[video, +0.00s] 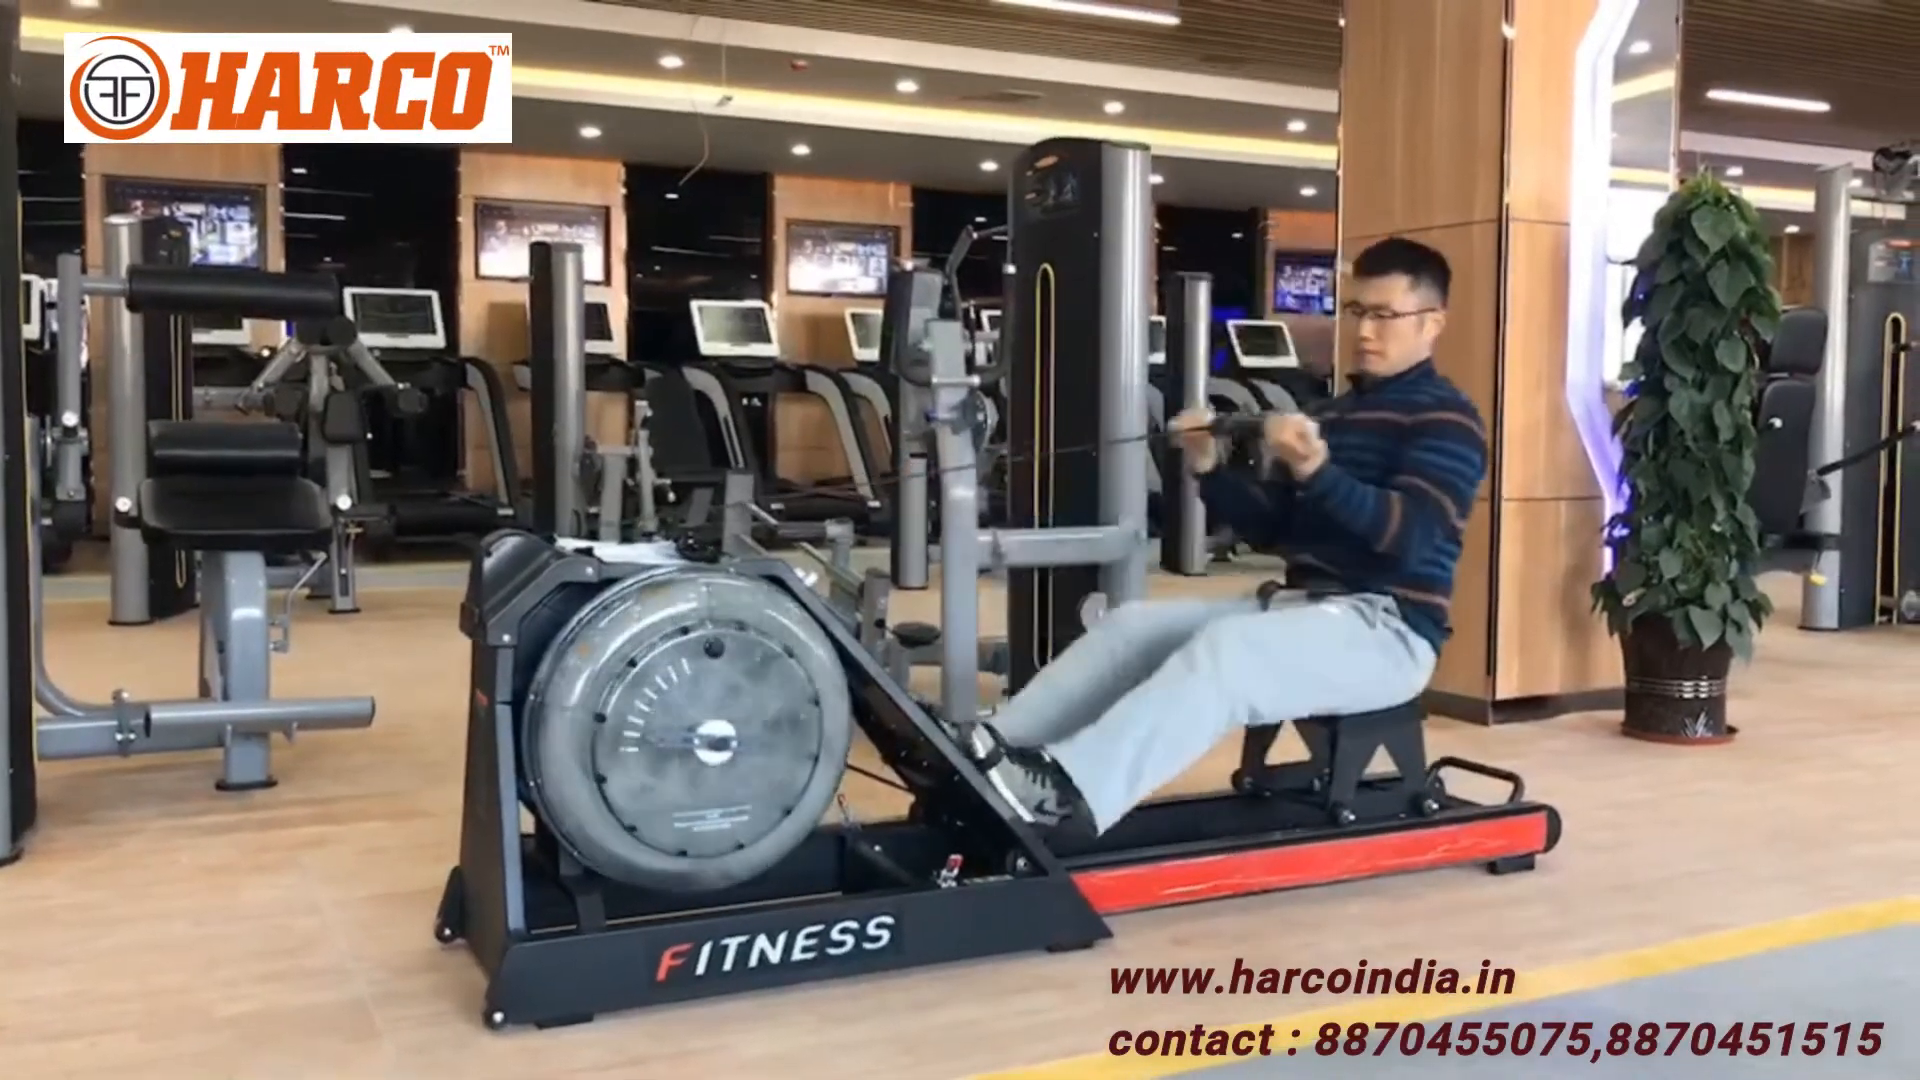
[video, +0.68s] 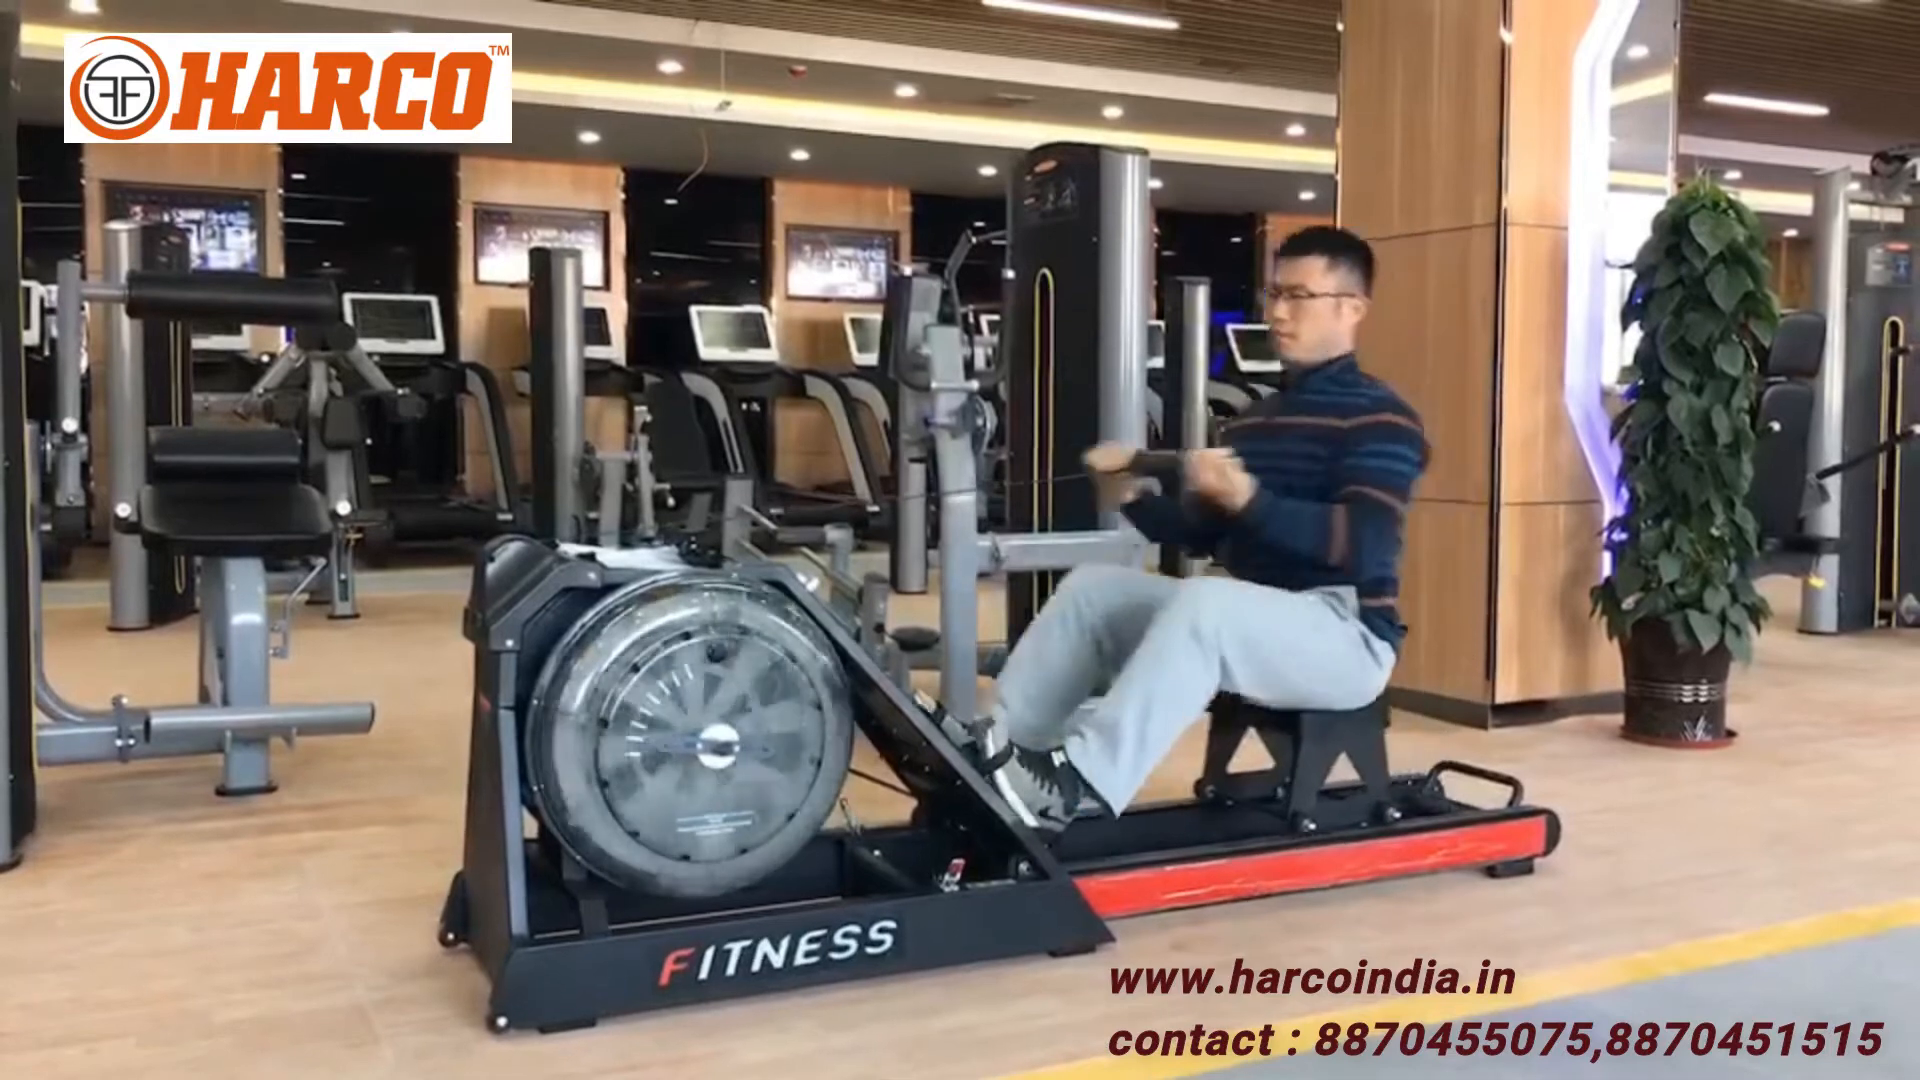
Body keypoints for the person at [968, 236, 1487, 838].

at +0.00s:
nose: (1365, 331)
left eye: (1386, 316)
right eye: (1357, 312)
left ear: (1434, 326)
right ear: (1344, 315)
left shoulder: (1448, 421)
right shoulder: (1339, 412)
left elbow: (1405, 538)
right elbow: (1278, 528)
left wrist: (1319, 474)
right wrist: (1210, 470)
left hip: (1388, 630)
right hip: (1303, 608)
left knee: (1223, 653)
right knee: (1134, 626)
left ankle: (1069, 789)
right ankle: (985, 748)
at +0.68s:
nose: (1277, 311)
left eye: (1296, 296)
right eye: (1274, 295)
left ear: (1352, 311)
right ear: (1266, 301)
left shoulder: (1382, 419)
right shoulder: (1260, 420)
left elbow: (1365, 542)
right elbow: (1202, 530)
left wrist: (1252, 501)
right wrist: (1131, 493)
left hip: (1348, 637)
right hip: (1251, 618)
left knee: (1205, 607)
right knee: (1091, 591)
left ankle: (1081, 781)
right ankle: (1000, 751)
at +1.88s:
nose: (1372, 347)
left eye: (1392, 331)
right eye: (1366, 331)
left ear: (1444, 341)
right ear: (1359, 335)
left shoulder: (1461, 435)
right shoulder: (1346, 432)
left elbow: (1417, 540)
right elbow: (1280, 538)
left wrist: (1311, 497)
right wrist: (1200, 496)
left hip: (1387, 641)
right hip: (1308, 620)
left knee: (1222, 662)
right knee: (1132, 633)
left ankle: (1070, 800)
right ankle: (990, 753)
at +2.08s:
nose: (1408, 359)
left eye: (1429, 344)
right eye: (1403, 343)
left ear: (1480, 353)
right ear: (1396, 346)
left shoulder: (1508, 446)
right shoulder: (1382, 440)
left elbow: (1503, 562)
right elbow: (1322, 551)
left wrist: (1400, 507)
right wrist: (1282, 498)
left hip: (1402, 644)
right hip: (1317, 619)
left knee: (1239, 704)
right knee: (1171, 671)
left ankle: (1079, 820)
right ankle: (1007, 756)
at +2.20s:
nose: (1407, 363)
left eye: (1426, 349)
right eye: (1402, 349)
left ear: (1478, 357)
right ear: (1397, 352)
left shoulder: (1513, 449)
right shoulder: (1386, 442)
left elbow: (1536, 572)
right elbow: (1332, 555)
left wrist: (1438, 508)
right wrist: (1308, 502)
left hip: (1404, 645)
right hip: (1319, 620)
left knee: (1236, 690)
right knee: (1169, 656)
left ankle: (1078, 807)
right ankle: (1010, 753)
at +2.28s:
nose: (1400, 364)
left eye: (1418, 349)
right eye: (1394, 349)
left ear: (1471, 354)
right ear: (1387, 352)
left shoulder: (1508, 447)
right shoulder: (1377, 444)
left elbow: (1535, 572)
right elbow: (1332, 555)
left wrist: (1434, 514)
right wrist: (1303, 503)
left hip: (1401, 644)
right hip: (1317, 619)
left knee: (1233, 679)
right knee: (1159, 640)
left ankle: (1079, 807)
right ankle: (1005, 754)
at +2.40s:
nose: (1362, 350)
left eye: (1381, 334)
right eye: (1357, 335)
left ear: (1434, 344)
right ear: (1352, 340)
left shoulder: (1471, 440)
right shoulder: (1340, 437)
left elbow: (1496, 562)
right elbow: (1300, 555)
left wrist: (1392, 516)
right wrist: (1263, 505)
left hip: (1384, 641)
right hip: (1297, 619)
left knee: (1222, 648)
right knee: (1127, 618)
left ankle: (1079, 800)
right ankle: (999, 754)